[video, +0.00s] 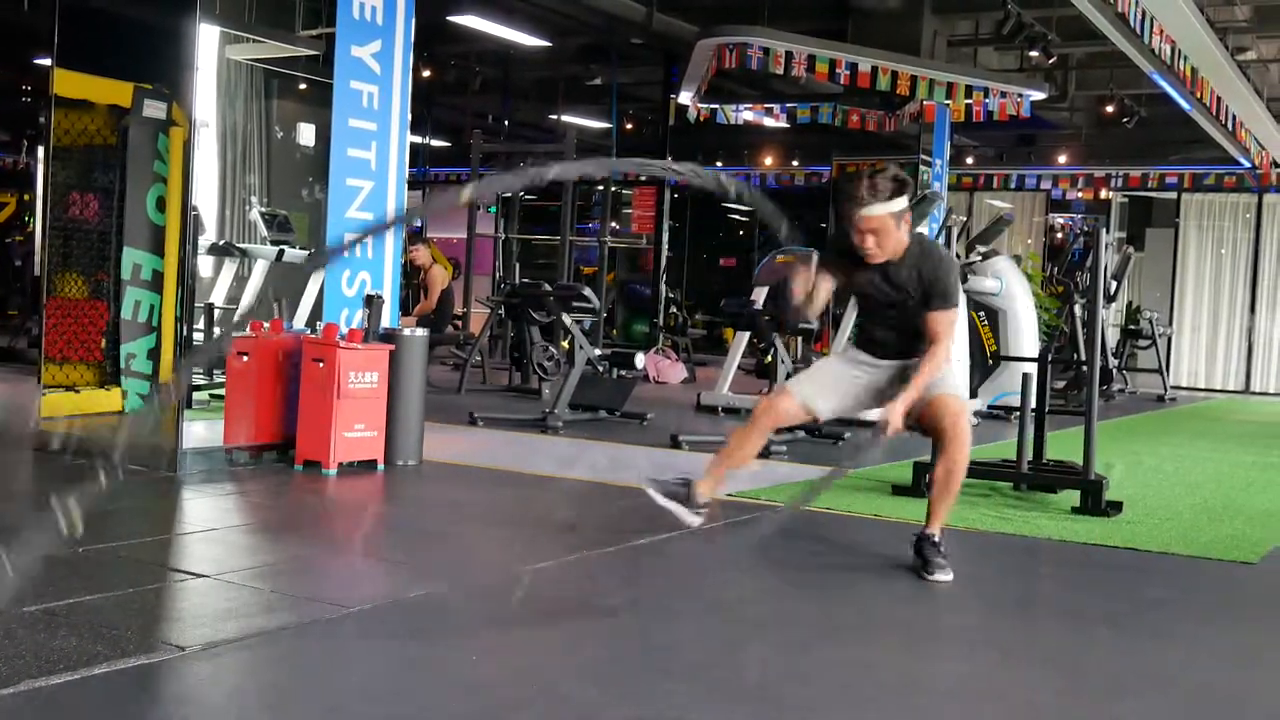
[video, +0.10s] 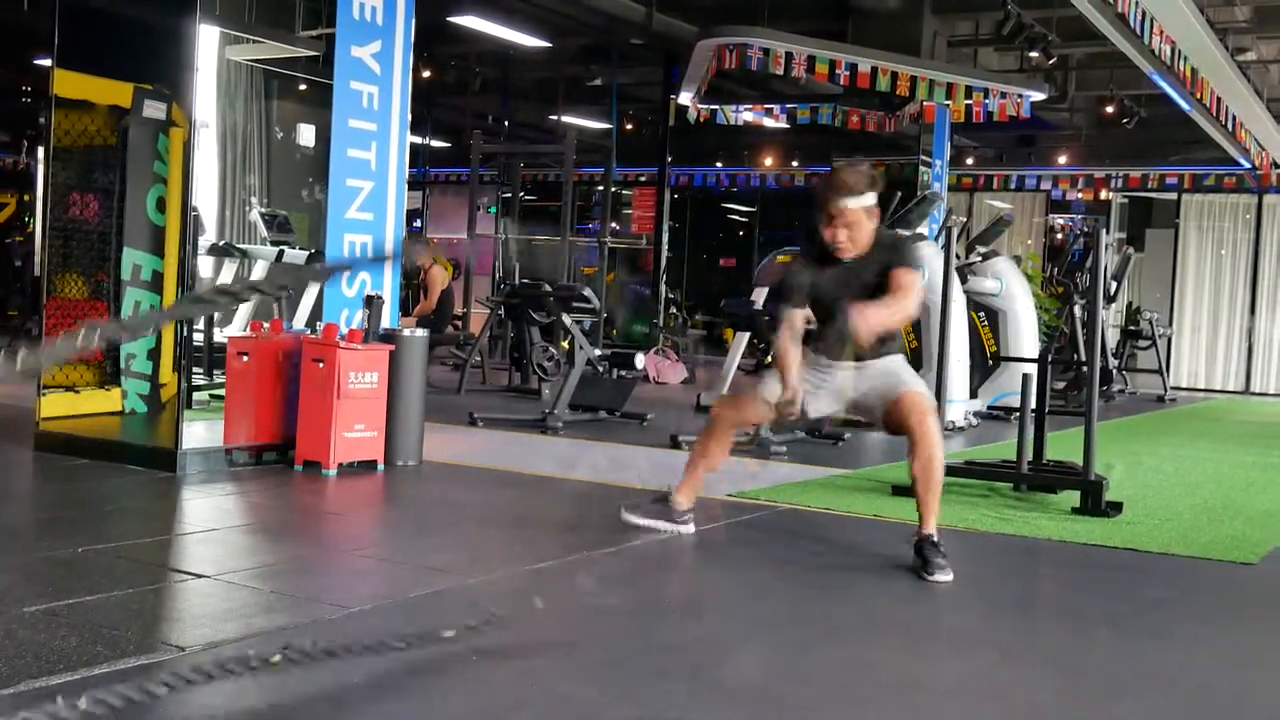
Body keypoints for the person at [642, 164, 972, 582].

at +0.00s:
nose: (864, 243)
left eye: (875, 233)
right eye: (857, 233)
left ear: (905, 223)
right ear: (849, 227)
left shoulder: (935, 265)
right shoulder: (844, 256)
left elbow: (941, 346)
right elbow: (810, 311)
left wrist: (903, 401)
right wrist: (802, 293)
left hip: (923, 373)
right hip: (860, 364)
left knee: (956, 424)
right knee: (771, 408)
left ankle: (932, 538)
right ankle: (699, 494)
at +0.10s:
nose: (835, 235)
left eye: (846, 223)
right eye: (828, 223)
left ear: (873, 217)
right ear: (820, 220)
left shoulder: (899, 252)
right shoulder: (807, 265)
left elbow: (908, 301)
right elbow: (788, 329)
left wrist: (872, 317)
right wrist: (790, 384)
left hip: (879, 373)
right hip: (813, 372)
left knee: (923, 416)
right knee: (727, 413)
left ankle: (928, 538)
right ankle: (679, 506)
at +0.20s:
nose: (806, 227)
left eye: (814, 218)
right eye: (798, 218)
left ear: (837, 208)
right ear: (786, 211)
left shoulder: (859, 233)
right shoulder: (771, 249)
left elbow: (865, 270)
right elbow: (751, 318)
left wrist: (814, 248)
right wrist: (754, 381)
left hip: (844, 362)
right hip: (777, 359)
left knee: (884, 417)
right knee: (693, 400)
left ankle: (910, 536)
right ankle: (672, 509)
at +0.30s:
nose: (776, 217)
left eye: (786, 208)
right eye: (769, 207)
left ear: (815, 197)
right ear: (761, 198)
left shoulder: (841, 233)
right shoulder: (752, 228)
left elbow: (835, 301)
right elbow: (717, 269)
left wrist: (786, 303)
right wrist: (697, 298)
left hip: (822, 349)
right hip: (757, 345)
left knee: (859, 398)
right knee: (681, 392)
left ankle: (851, 523)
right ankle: (666, 503)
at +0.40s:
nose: (752, 227)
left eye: (762, 219)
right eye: (747, 217)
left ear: (793, 208)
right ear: (740, 206)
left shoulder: (819, 245)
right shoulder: (741, 222)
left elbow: (816, 328)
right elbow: (686, 228)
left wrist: (777, 379)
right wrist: (675, 210)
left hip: (804, 348)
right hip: (747, 342)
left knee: (838, 400)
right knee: (669, 387)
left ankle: (826, 520)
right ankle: (641, 492)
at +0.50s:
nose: (729, 236)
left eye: (738, 227)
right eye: (723, 226)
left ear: (768, 220)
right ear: (716, 221)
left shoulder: (795, 259)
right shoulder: (712, 248)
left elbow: (803, 340)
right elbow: (677, 279)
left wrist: (770, 397)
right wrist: (673, 246)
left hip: (790, 360)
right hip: (734, 357)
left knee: (823, 408)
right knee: (654, 403)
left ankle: (823, 522)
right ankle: (623, 501)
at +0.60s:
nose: (716, 240)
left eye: (724, 231)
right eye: (709, 231)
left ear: (752, 220)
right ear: (701, 226)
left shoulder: (784, 249)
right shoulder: (700, 257)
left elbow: (800, 308)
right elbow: (686, 320)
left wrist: (759, 332)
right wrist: (667, 360)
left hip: (782, 367)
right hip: (719, 365)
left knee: (825, 404)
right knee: (644, 403)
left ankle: (829, 520)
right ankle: (623, 502)